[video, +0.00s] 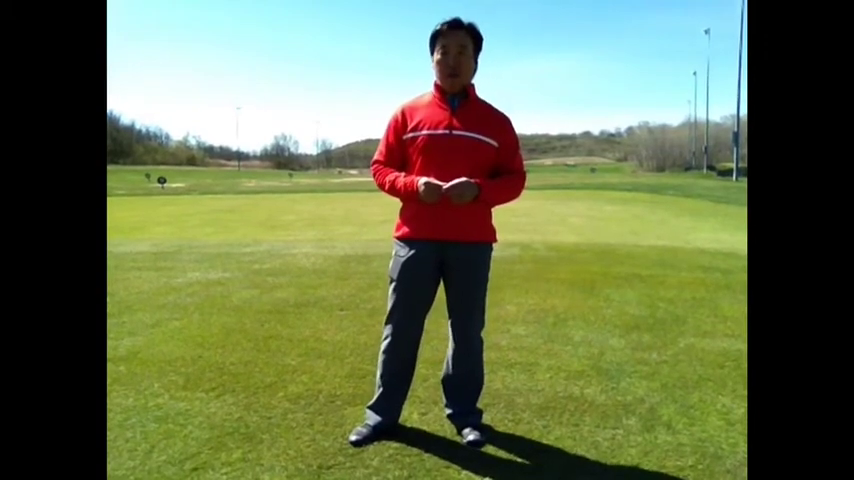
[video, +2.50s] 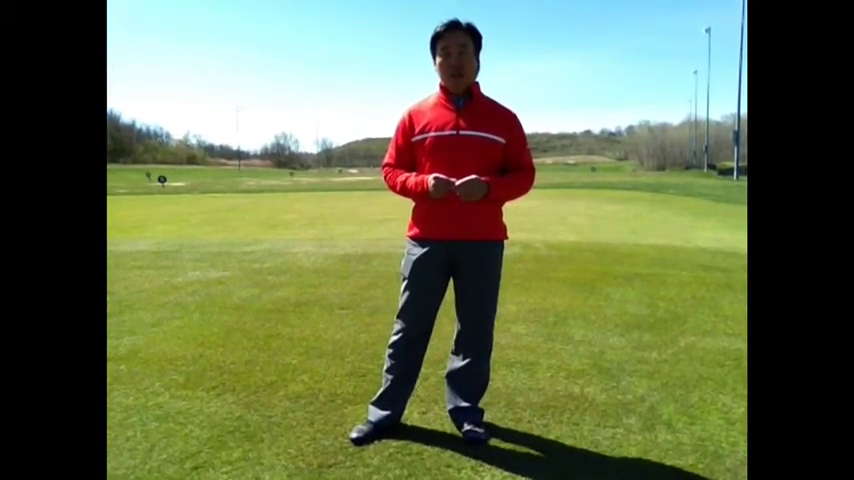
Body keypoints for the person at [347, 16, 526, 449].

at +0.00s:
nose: (451, 59)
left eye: (461, 52)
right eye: (444, 51)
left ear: (476, 60)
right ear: (432, 58)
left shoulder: (496, 122)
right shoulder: (407, 115)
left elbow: (515, 180)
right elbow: (380, 170)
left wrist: (479, 190)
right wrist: (414, 184)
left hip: (471, 245)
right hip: (416, 241)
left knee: (468, 333)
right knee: (399, 330)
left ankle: (466, 416)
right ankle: (381, 415)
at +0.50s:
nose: (451, 58)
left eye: (461, 51)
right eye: (444, 50)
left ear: (478, 59)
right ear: (433, 58)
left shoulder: (499, 121)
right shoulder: (409, 114)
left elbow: (518, 179)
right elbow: (383, 169)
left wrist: (481, 190)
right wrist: (414, 184)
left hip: (473, 245)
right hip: (417, 241)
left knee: (469, 334)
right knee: (400, 330)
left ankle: (466, 416)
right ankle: (382, 415)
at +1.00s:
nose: (453, 59)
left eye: (462, 51)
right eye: (445, 50)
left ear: (478, 59)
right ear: (433, 58)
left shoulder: (499, 120)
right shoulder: (410, 114)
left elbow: (519, 175)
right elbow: (384, 165)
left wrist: (494, 188)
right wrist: (400, 180)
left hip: (475, 243)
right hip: (419, 240)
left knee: (471, 333)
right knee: (402, 329)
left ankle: (466, 414)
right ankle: (383, 414)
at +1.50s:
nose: (452, 58)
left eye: (462, 50)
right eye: (444, 51)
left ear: (477, 57)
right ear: (433, 59)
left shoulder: (501, 120)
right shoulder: (413, 115)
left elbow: (522, 176)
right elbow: (387, 169)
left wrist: (491, 187)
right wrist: (411, 181)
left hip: (478, 245)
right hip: (422, 241)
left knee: (473, 334)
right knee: (405, 330)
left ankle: (468, 415)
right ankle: (384, 414)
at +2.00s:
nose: (453, 58)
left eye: (462, 50)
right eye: (445, 51)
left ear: (477, 57)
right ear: (433, 60)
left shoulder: (503, 119)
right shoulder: (415, 115)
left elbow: (524, 175)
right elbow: (390, 170)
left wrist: (488, 187)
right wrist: (423, 182)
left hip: (481, 243)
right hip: (426, 241)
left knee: (475, 333)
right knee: (408, 329)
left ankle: (468, 413)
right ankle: (384, 414)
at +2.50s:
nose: (454, 60)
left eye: (463, 52)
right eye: (445, 53)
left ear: (478, 58)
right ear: (434, 61)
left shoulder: (503, 119)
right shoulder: (415, 116)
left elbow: (525, 175)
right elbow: (390, 171)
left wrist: (489, 187)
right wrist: (423, 183)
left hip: (482, 243)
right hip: (427, 241)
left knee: (476, 333)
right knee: (408, 329)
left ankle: (467, 413)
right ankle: (384, 414)